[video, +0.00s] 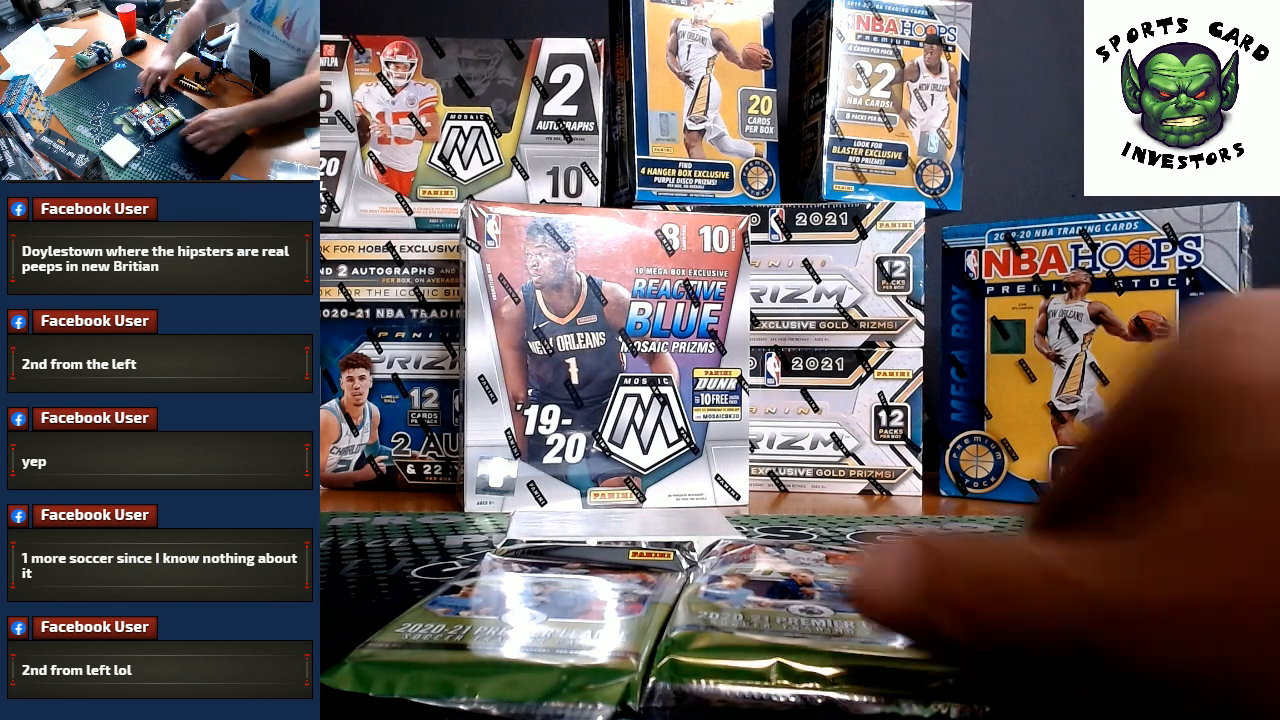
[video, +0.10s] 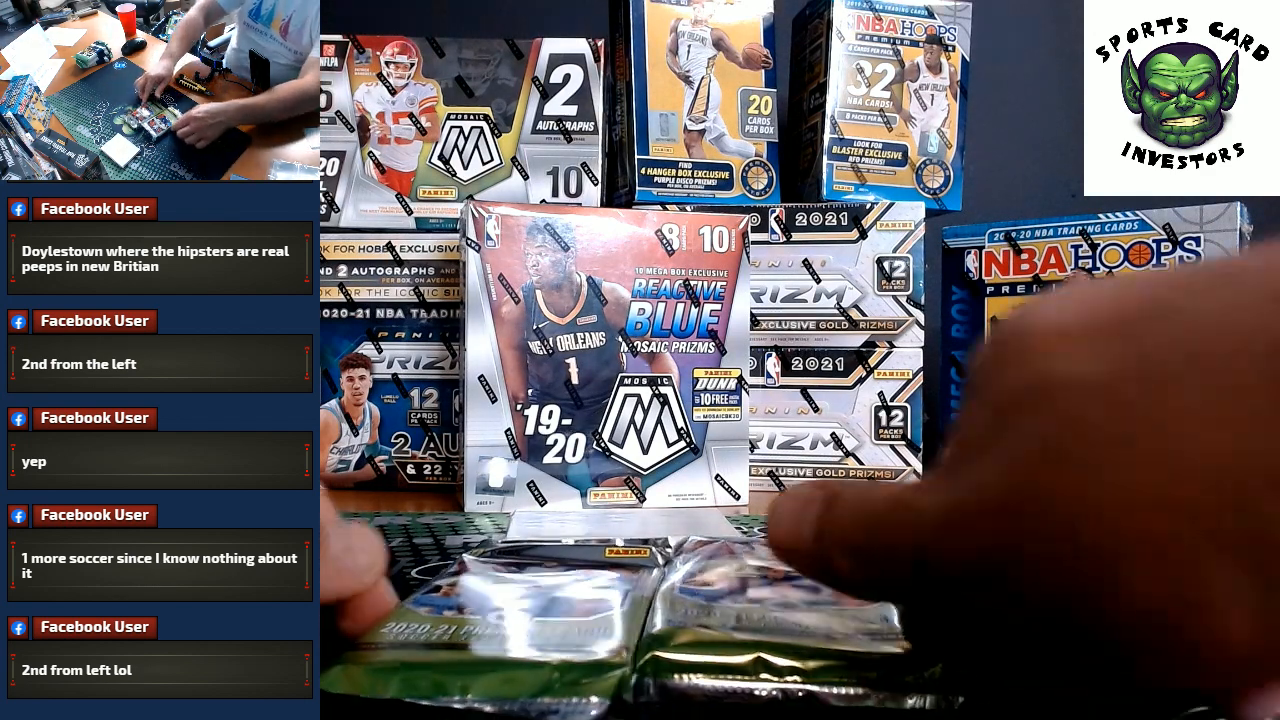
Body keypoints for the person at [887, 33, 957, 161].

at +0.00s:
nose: (928, 53)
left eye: (933, 50)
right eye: (926, 48)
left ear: (941, 52)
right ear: (923, 49)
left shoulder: (949, 70)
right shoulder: (913, 69)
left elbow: (955, 93)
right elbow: (886, 83)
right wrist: (900, 111)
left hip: (940, 117)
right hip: (918, 119)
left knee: (940, 155)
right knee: (923, 155)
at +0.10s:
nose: (928, 52)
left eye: (933, 49)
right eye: (926, 48)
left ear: (941, 51)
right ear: (923, 49)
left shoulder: (949, 71)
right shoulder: (913, 69)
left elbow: (955, 93)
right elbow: (887, 83)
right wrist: (900, 111)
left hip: (940, 117)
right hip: (918, 119)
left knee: (940, 155)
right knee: (922, 156)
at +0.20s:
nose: (928, 52)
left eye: (933, 49)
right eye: (926, 47)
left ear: (941, 51)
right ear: (923, 48)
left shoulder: (949, 70)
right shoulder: (913, 69)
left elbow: (955, 93)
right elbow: (887, 83)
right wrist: (900, 110)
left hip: (940, 118)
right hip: (918, 119)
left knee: (940, 155)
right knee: (923, 156)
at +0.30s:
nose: (928, 52)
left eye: (933, 49)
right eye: (926, 48)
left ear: (941, 51)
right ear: (923, 49)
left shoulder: (950, 70)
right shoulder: (913, 69)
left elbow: (955, 93)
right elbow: (887, 83)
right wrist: (900, 111)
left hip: (940, 117)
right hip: (918, 119)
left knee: (940, 155)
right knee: (922, 155)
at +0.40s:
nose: (928, 53)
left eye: (933, 50)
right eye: (926, 48)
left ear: (941, 52)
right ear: (923, 49)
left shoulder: (949, 70)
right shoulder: (913, 69)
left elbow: (955, 93)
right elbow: (888, 84)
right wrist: (900, 111)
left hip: (941, 118)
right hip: (918, 119)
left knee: (940, 154)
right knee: (923, 155)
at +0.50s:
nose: (928, 52)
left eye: (933, 48)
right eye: (926, 47)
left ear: (941, 51)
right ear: (923, 48)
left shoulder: (949, 70)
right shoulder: (913, 69)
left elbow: (955, 93)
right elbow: (888, 83)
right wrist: (900, 111)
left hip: (941, 118)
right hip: (918, 119)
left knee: (940, 155)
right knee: (922, 156)